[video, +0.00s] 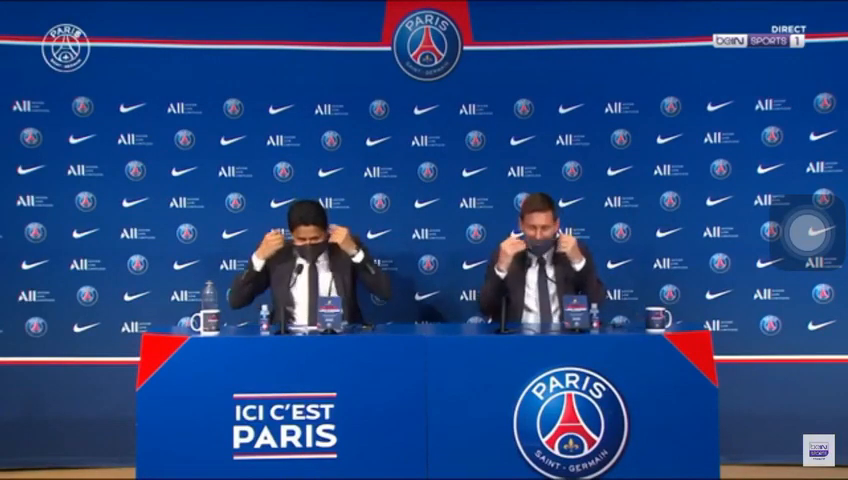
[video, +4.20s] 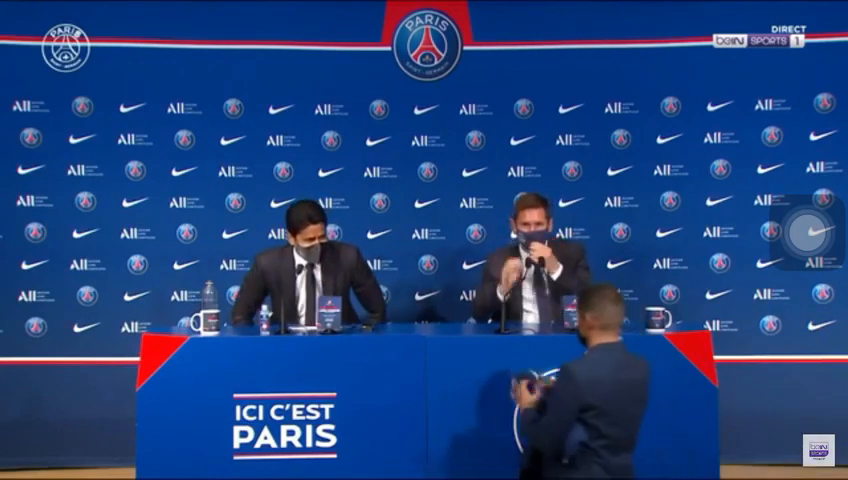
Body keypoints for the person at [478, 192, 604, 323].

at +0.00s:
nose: (538, 236)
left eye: (545, 228)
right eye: (532, 228)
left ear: (556, 225)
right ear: (522, 225)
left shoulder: (574, 252)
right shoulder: (507, 254)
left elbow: (598, 301)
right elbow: (487, 309)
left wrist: (578, 261)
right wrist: (502, 267)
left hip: (566, 341)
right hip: (518, 342)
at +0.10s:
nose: (542, 237)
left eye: (548, 230)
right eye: (535, 230)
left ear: (558, 224)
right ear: (524, 224)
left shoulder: (578, 254)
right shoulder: (504, 257)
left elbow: (595, 301)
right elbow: (488, 311)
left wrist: (571, 269)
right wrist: (507, 283)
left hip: (567, 339)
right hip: (520, 340)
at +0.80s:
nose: (544, 243)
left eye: (551, 236)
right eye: (539, 235)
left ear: (561, 227)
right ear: (528, 224)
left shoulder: (579, 254)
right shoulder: (504, 258)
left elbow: (601, 299)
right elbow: (490, 309)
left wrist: (579, 290)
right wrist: (511, 301)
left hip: (568, 341)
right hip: (519, 342)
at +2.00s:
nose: (535, 229)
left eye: (542, 222)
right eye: (529, 221)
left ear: (555, 223)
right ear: (520, 223)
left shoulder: (578, 256)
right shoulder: (503, 259)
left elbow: (598, 304)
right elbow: (489, 314)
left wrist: (573, 279)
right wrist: (508, 283)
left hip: (566, 341)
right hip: (518, 342)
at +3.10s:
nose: (536, 232)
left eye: (543, 225)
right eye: (530, 225)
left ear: (555, 224)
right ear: (519, 225)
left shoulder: (573, 251)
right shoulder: (506, 252)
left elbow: (600, 300)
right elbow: (485, 305)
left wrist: (577, 255)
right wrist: (504, 261)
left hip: (565, 340)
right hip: (519, 340)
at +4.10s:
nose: (532, 231)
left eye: (538, 224)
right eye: (525, 224)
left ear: (550, 225)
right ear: (515, 225)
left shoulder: (573, 253)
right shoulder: (501, 256)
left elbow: (587, 298)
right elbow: (480, 310)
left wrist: (559, 265)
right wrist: (502, 276)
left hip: (560, 342)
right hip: (514, 343)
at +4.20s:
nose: (532, 231)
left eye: (538, 225)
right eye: (525, 225)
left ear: (549, 225)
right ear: (514, 225)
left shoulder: (569, 253)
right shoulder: (498, 260)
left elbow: (583, 295)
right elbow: (479, 313)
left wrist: (554, 269)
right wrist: (501, 290)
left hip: (557, 341)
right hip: (512, 342)